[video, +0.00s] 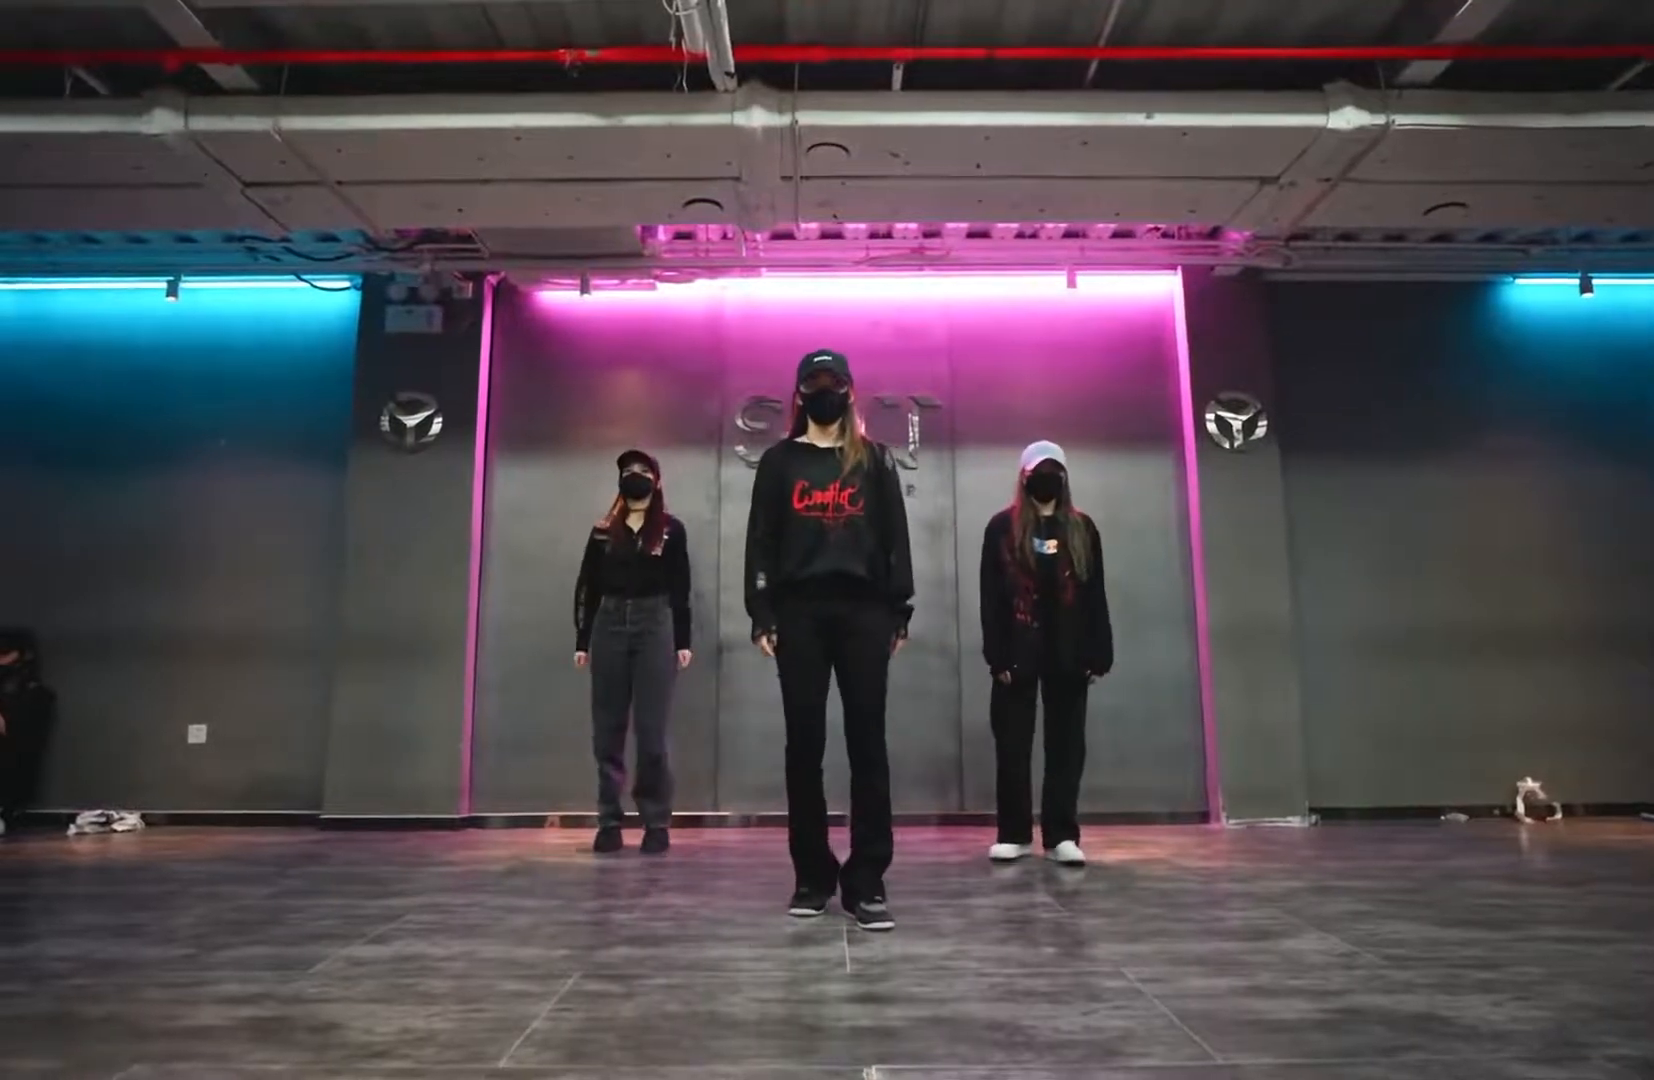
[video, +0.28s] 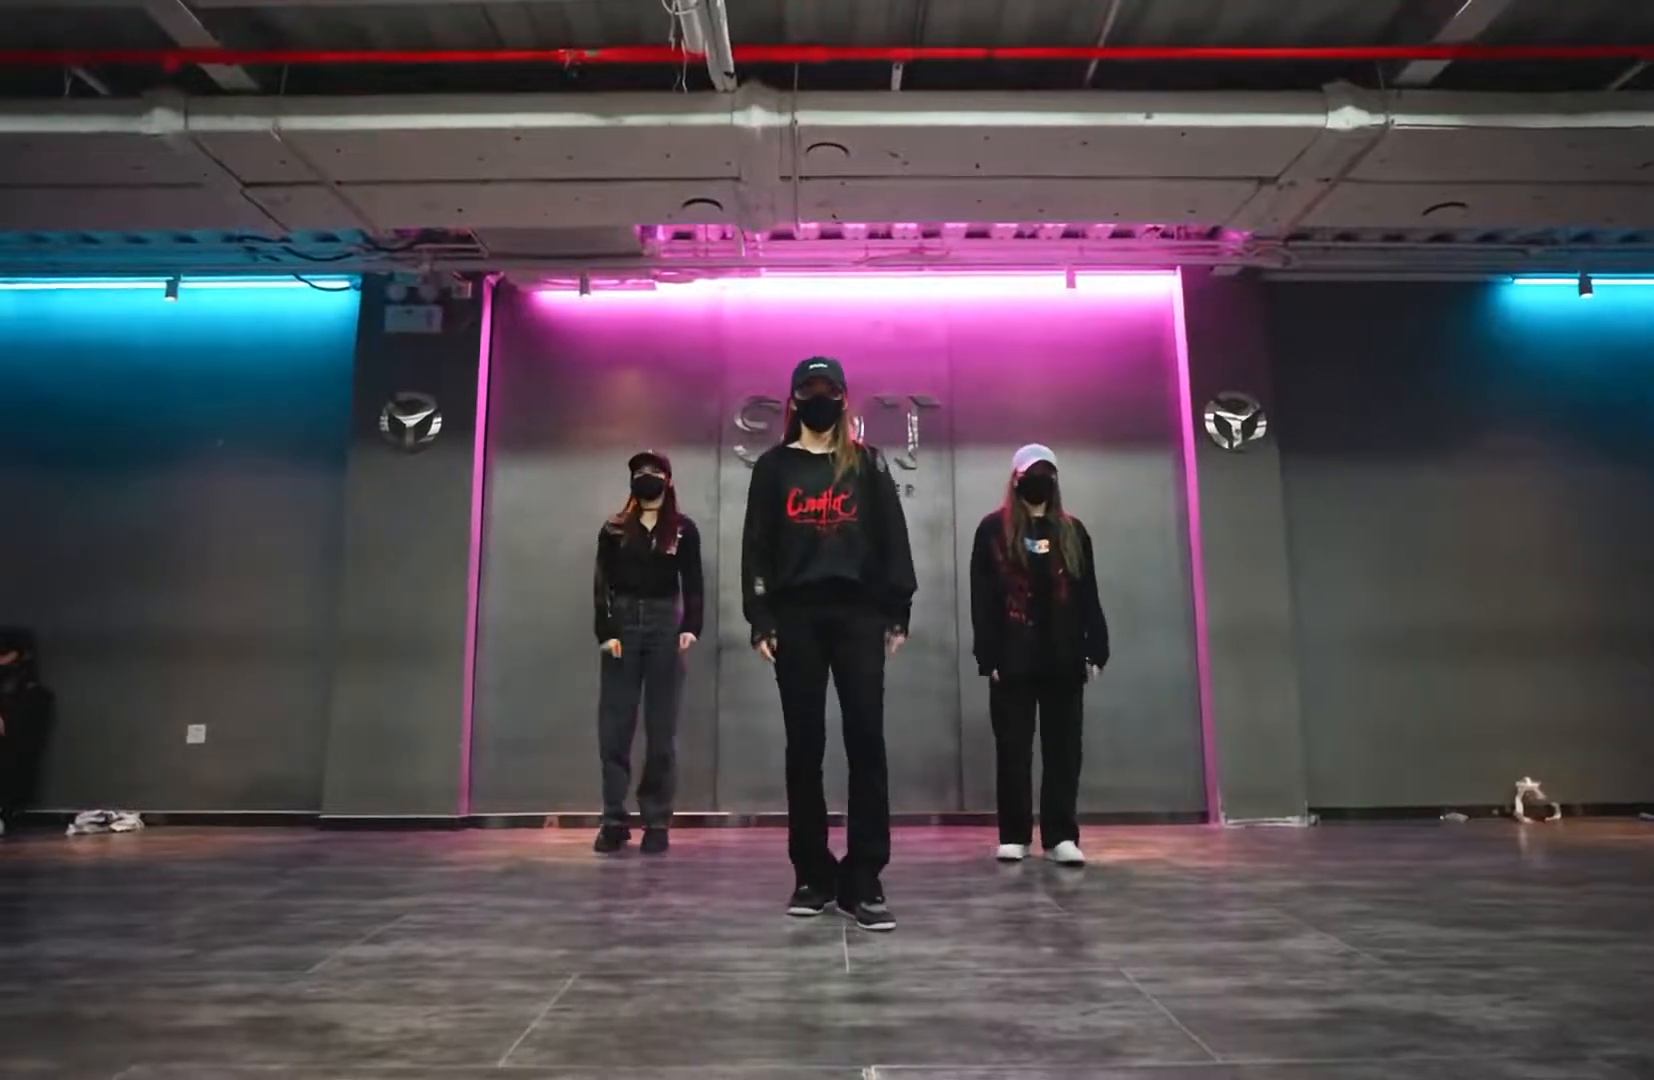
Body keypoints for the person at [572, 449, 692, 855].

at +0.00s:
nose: (636, 482)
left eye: (643, 476)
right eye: (629, 476)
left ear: (656, 482)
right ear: (619, 483)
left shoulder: (670, 529)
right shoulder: (604, 529)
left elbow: (680, 588)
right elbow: (587, 587)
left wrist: (683, 640)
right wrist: (583, 640)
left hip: (656, 629)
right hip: (608, 628)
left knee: (651, 731)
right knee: (608, 731)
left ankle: (656, 824)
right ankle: (609, 823)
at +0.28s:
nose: (649, 486)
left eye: (655, 479)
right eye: (641, 480)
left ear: (668, 483)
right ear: (632, 484)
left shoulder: (683, 530)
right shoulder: (614, 529)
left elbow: (694, 585)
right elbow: (601, 586)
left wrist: (691, 628)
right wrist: (605, 633)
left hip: (664, 633)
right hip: (620, 633)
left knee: (661, 732)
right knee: (614, 731)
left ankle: (656, 823)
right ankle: (614, 822)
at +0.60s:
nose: (649, 488)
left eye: (656, 482)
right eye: (642, 482)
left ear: (669, 484)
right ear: (633, 483)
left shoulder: (683, 530)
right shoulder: (614, 528)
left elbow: (693, 590)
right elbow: (602, 586)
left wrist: (693, 639)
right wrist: (604, 634)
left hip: (665, 632)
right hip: (621, 631)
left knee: (660, 729)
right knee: (614, 725)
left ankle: (656, 822)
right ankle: (623, 814)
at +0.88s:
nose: (644, 486)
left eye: (651, 480)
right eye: (636, 480)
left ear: (663, 483)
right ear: (625, 482)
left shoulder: (675, 530)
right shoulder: (604, 527)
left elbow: (686, 589)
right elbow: (587, 587)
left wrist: (685, 638)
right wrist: (589, 635)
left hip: (659, 624)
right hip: (612, 623)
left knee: (657, 727)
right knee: (614, 727)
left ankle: (657, 822)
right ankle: (622, 819)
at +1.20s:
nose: (640, 489)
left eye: (648, 482)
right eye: (633, 482)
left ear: (661, 487)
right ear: (623, 487)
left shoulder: (675, 534)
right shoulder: (607, 531)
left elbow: (687, 593)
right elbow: (594, 590)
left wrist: (699, 639)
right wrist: (598, 639)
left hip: (662, 636)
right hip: (616, 636)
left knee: (661, 735)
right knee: (613, 736)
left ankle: (671, 828)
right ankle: (624, 804)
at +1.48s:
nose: (619, 501)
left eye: (628, 493)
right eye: (612, 494)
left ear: (642, 497)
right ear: (601, 497)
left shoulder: (647, 536)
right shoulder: (601, 536)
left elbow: (635, 590)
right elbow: (595, 593)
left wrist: (568, 604)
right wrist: (552, 598)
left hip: (642, 650)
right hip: (599, 648)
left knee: (652, 752)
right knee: (570, 735)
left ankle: (669, 850)